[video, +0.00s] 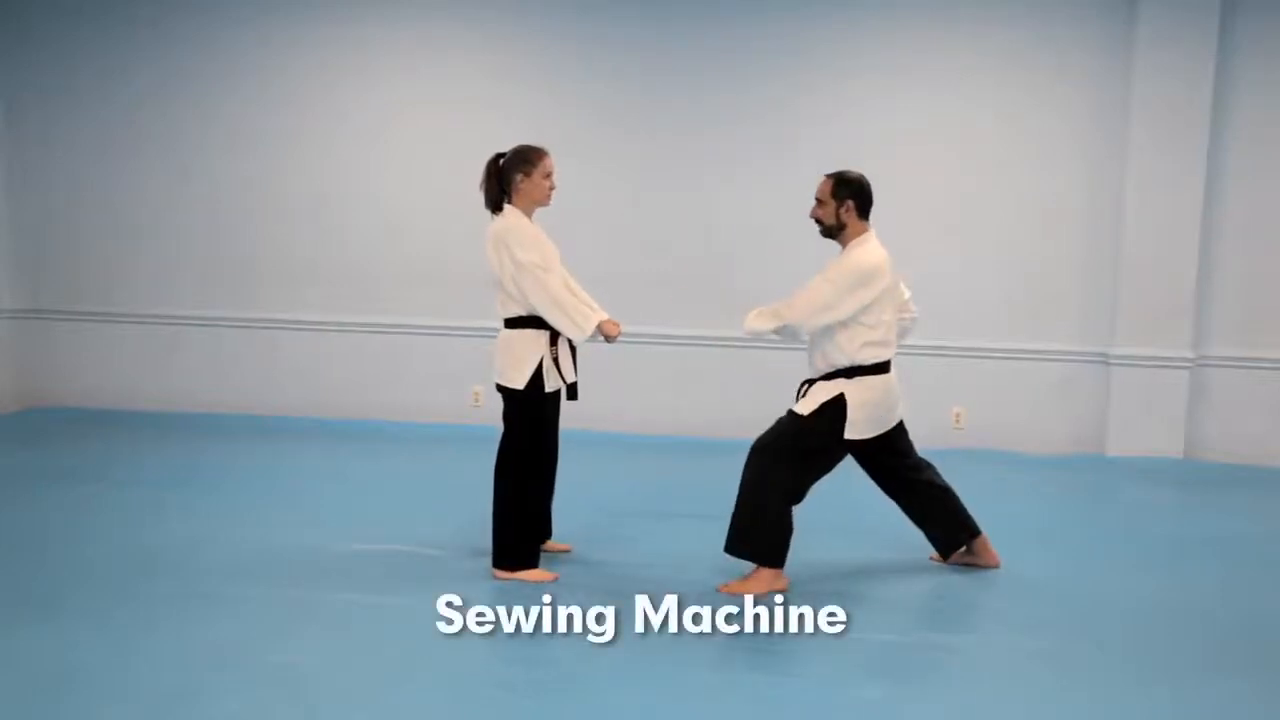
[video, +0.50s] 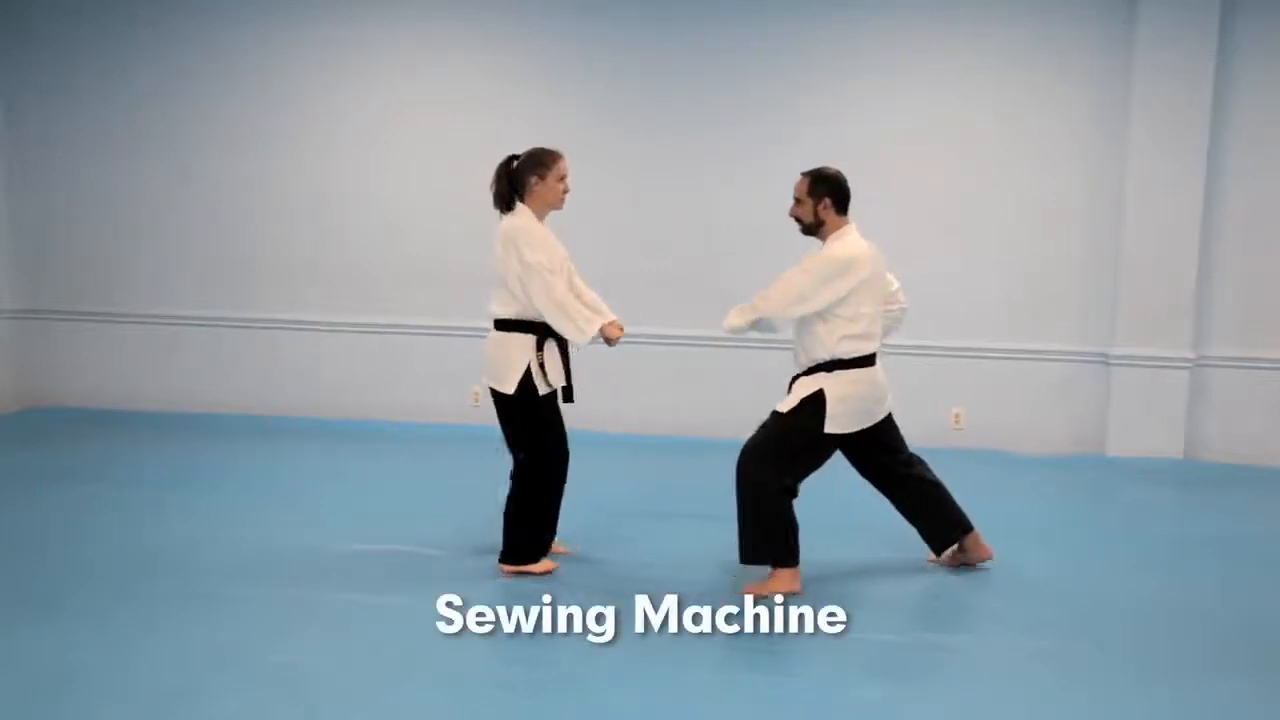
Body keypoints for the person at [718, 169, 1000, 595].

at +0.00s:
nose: (812, 212)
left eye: (819, 203)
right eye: (815, 202)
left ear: (847, 209)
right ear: (850, 210)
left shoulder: (858, 261)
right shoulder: (875, 257)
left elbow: (801, 317)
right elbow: (906, 314)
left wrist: (753, 321)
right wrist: (867, 350)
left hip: (845, 397)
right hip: (874, 392)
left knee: (770, 457)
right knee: (906, 471)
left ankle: (768, 571)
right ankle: (973, 547)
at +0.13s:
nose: (812, 212)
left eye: (819, 204)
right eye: (814, 203)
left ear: (847, 210)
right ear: (850, 210)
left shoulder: (859, 261)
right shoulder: (874, 256)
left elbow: (801, 315)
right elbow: (905, 315)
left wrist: (752, 320)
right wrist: (866, 351)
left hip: (844, 396)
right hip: (874, 391)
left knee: (770, 458)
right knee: (905, 471)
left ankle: (769, 571)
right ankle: (973, 546)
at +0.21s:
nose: (812, 213)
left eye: (819, 204)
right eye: (814, 203)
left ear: (847, 210)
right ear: (849, 211)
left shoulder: (859, 261)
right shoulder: (875, 257)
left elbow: (800, 314)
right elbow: (905, 315)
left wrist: (751, 320)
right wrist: (865, 350)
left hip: (844, 396)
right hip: (874, 391)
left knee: (770, 458)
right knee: (903, 472)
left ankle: (769, 572)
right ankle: (973, 547)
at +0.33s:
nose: (809, 211)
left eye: (815, 202)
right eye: (811, 202)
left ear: (842, 207)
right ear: (846, 208)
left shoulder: (857, 257)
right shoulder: (873, 253)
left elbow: (802, 305)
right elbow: (905, 310)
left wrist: (752, 319)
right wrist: (871, 348)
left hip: (844, 393)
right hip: (873, 389)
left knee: (772, 457)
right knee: (898, 471)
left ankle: (771, 571)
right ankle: (969, 548)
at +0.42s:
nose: (803, 209)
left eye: (809, 201)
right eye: (804, 201)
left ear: (836, 206)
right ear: (841, 206)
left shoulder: (848, 255)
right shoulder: (870, 251)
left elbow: (794, 304)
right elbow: (902, 307)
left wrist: (749, 319)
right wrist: (867, 344)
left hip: (841, 392)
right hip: (871, 388)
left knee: (770, 456)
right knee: (901, 470)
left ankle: (776, 569)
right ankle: (969, 547)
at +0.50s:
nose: (791, 210)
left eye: (798, 201)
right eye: (793, 200)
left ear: (825, 206)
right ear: (831, 206)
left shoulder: (838, 254)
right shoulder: (865, 251)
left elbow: (780, 301)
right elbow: (894, 307)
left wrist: (739, 319)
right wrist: (858, 345)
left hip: (830, 393)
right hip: (864, 388)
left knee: (760, 464)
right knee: (897, 468)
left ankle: (784, 576)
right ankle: (968, 543)